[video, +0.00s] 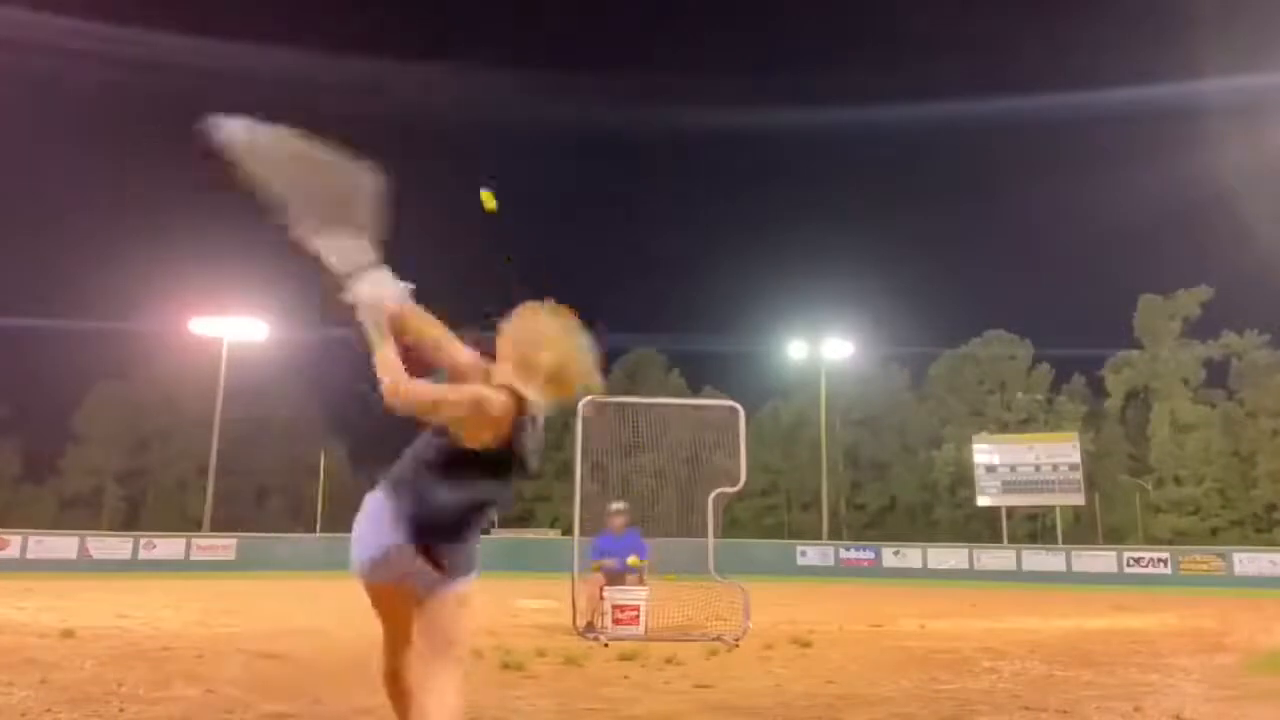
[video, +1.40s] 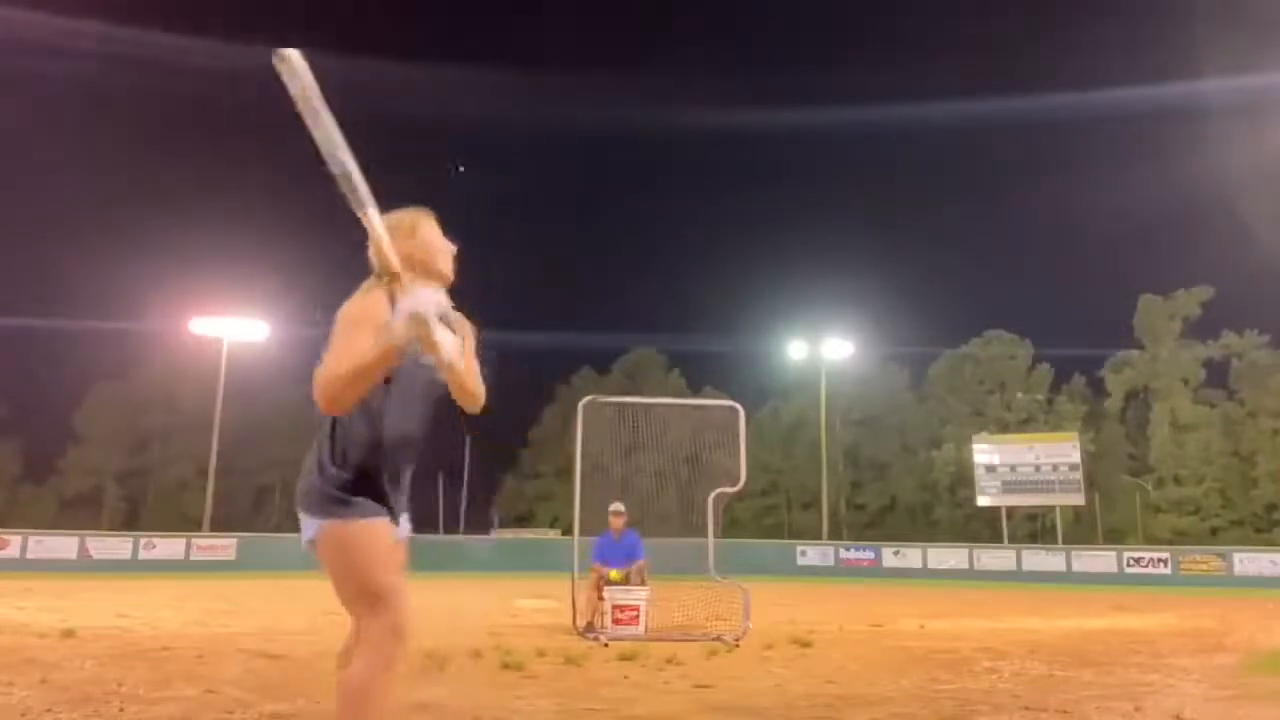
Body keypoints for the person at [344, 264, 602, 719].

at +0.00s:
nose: (503, 328)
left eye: (514, 325)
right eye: (511, 324)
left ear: (520, 349)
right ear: (551, 363)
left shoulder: (487, 401)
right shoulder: (526, 407)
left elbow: (397, 392)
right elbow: (444, 345)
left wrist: (378, 325)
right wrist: (395, 305)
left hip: (394, 521)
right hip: (453, 535)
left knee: (399, 647)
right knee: (442, 662)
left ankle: (412, 714)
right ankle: (431, 714)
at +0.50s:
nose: (539, 338)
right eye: (538, 329)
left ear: (482, 324)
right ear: (535, 335)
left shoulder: (456, 363)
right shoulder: (524, 385)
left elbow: (401, 379)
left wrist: (402, 360)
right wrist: (425, 359)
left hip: (395, 519)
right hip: (452, 540)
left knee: (410, 645)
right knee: (453, 671)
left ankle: (417, 716)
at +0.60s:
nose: (522, 332)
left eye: (522, 321)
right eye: (520, 321)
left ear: (464, 312)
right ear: (511, 325)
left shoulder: (421, 350)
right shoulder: (513, 388)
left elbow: (417, 395)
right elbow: (496, 463)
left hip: (383, 514)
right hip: (444, 536)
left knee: (407, 639)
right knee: (454, 659)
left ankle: (414, 715)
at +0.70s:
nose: (505, 324)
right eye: (503, 315)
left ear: (449, 308)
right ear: (498, 322)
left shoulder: (407, 350)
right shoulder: (500, 381)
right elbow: (498, 445)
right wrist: (502, 468)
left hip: (373, 509)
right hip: (433, 531)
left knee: (407, 635)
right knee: (450, 646)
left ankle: (413, 714)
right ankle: (440, 714)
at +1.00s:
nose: (482, 297)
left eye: (478, 289)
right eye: (475, 289)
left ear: (433, 300)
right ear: (456, 300)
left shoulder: (425, 349)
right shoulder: (436, 354)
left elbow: (483, 412)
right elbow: (441, 444)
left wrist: (538, 436)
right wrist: (521, 448)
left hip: (375, 503)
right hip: (397, 506)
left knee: (416, 626)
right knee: (426, 627)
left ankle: (401, 709)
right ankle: (393, 711)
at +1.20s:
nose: (468, 288)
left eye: (463, 278)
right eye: (458, 279)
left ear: (439, 294)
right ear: (433, 293)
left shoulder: (450, 357)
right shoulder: (398, 343)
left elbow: (487, 431)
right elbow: (385, 429)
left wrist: (495, 394)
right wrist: (464, 396)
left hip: (396, 518)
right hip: (364, 517)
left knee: (415, 647)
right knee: (414, 641)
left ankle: (400, 712)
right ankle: (377, 713)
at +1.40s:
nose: (452, 246)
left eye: (446, 235)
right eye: (438, 234)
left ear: (420, 247)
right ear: (404, 247)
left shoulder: (455, 324)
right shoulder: (370, 305)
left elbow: (473, 400)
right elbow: (328, 395)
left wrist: (447, 355)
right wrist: (397, 341)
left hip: (391, 498)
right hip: (341, 494)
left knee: (371, 634)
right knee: (386, 631)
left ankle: (355, 711)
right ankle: (358, 711)